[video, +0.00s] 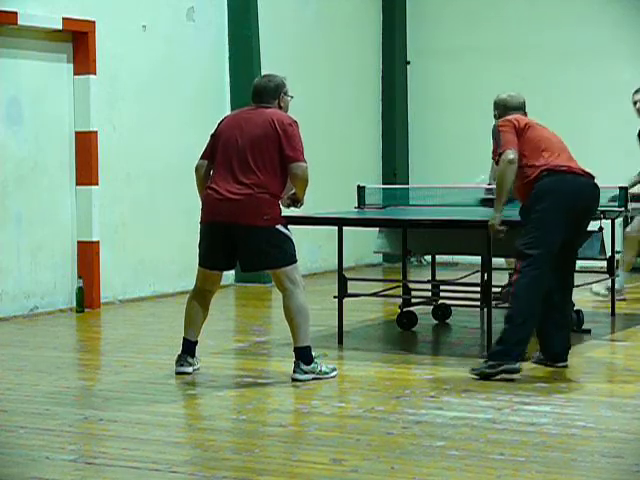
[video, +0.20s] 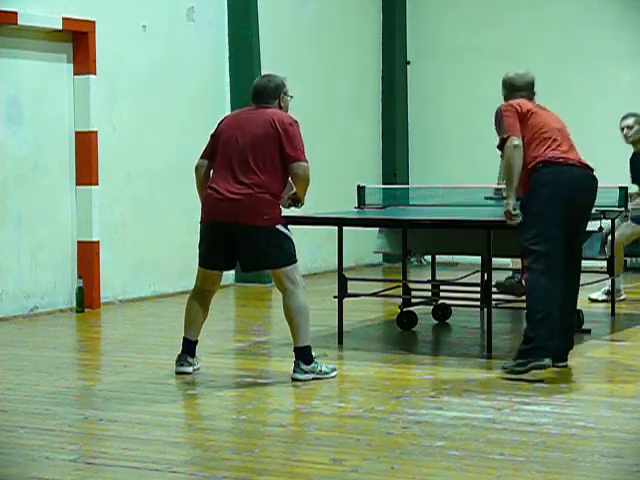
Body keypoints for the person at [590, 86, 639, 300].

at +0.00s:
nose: (638, 106)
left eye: (639, 101)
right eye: (636, 102)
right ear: (633, 105)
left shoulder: (639, 131)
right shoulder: (638, 132)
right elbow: (639, 172)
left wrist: (631, 187)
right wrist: (628, 185)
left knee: (632, 233)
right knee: (631, 233)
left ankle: (619, 281)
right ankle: (619, 281)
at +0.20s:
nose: (626, 132)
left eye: (630, 127)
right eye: (623, 129)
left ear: (639, 128)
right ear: (621, 133)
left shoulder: (636, 158)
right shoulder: (633, 158)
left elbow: (636, 188)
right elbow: (635, 189)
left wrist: (632, 196)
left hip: (638, 213)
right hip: (634, 212)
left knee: (617, 239)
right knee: (614, 239)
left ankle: (616, 286)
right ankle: (615, 285)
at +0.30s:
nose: (620, 142)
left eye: (624, 137)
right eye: (618, 139)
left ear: (636, 137)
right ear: (617, 141)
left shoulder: (638, 158)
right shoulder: (635, 159)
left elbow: (638, 195)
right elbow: (638, 194)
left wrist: (629, 198)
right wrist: (626, 197)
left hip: (638, 220)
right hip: (635, 218)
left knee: (618, 241)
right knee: (616, 240)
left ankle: (615, 286)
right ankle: (615, 285)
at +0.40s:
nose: (619, 148)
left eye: (623, 144)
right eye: (618, 145)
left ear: (635, 143)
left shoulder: (636, 161)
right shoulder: (634, 161)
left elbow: (630, 189)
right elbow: (630, 189)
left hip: (637, 220)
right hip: (635, 219)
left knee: (619, 243)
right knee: (619, 243)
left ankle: (614, 286)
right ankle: (615, 286)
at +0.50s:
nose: (624, 149)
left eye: (627, 144)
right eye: (623, 145)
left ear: (638, 144)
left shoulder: (636, 160)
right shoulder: (632, 161)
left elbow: (622, 182)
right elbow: (621, 182)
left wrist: (599, 196)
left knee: (625, 243)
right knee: (625, 243)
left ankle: (616, 286)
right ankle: (616, 286)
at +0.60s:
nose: (630, 141)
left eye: (632, 137)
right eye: (629, 138)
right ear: (632, 140)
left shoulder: (638, 156)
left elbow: (635, 175)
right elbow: (636, 175)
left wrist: (622, 185)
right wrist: (622, 186)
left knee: (629, 240)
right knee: (629, 240)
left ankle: (618, 284)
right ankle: (618, 284)